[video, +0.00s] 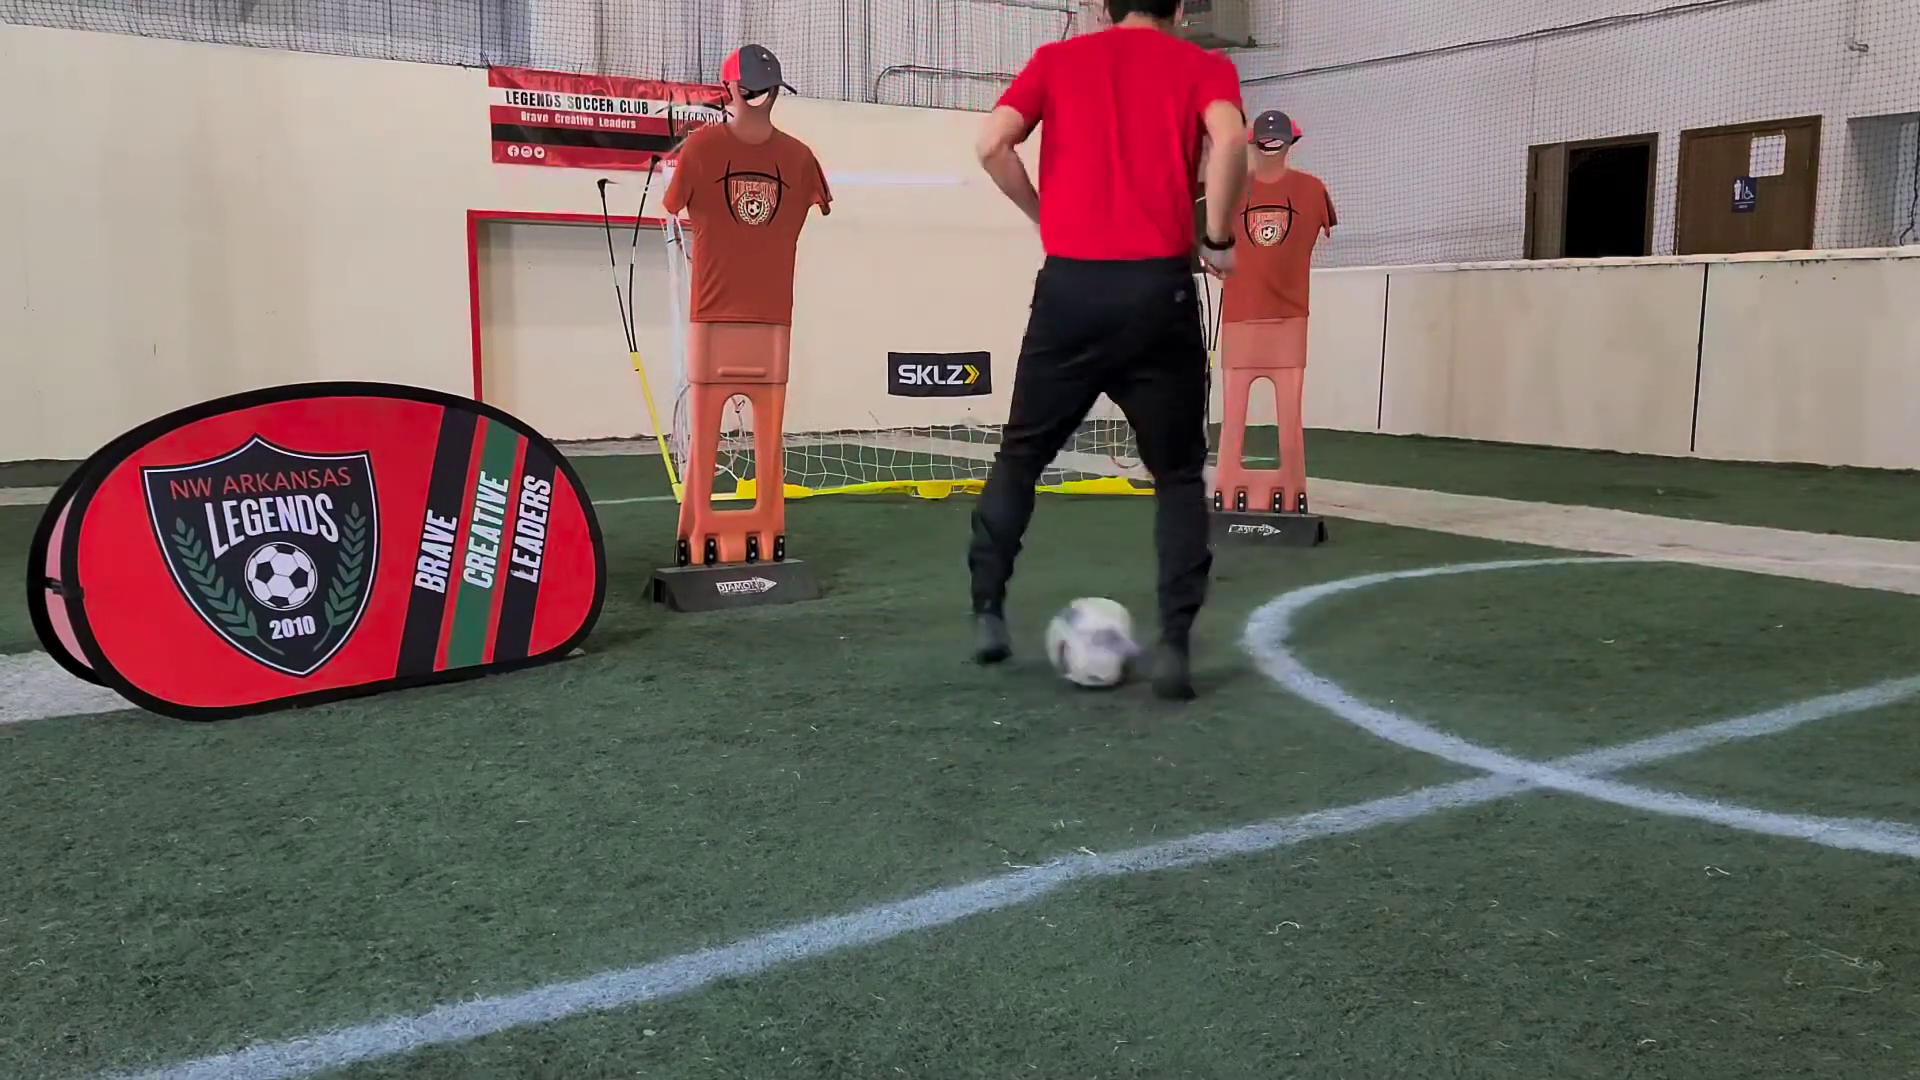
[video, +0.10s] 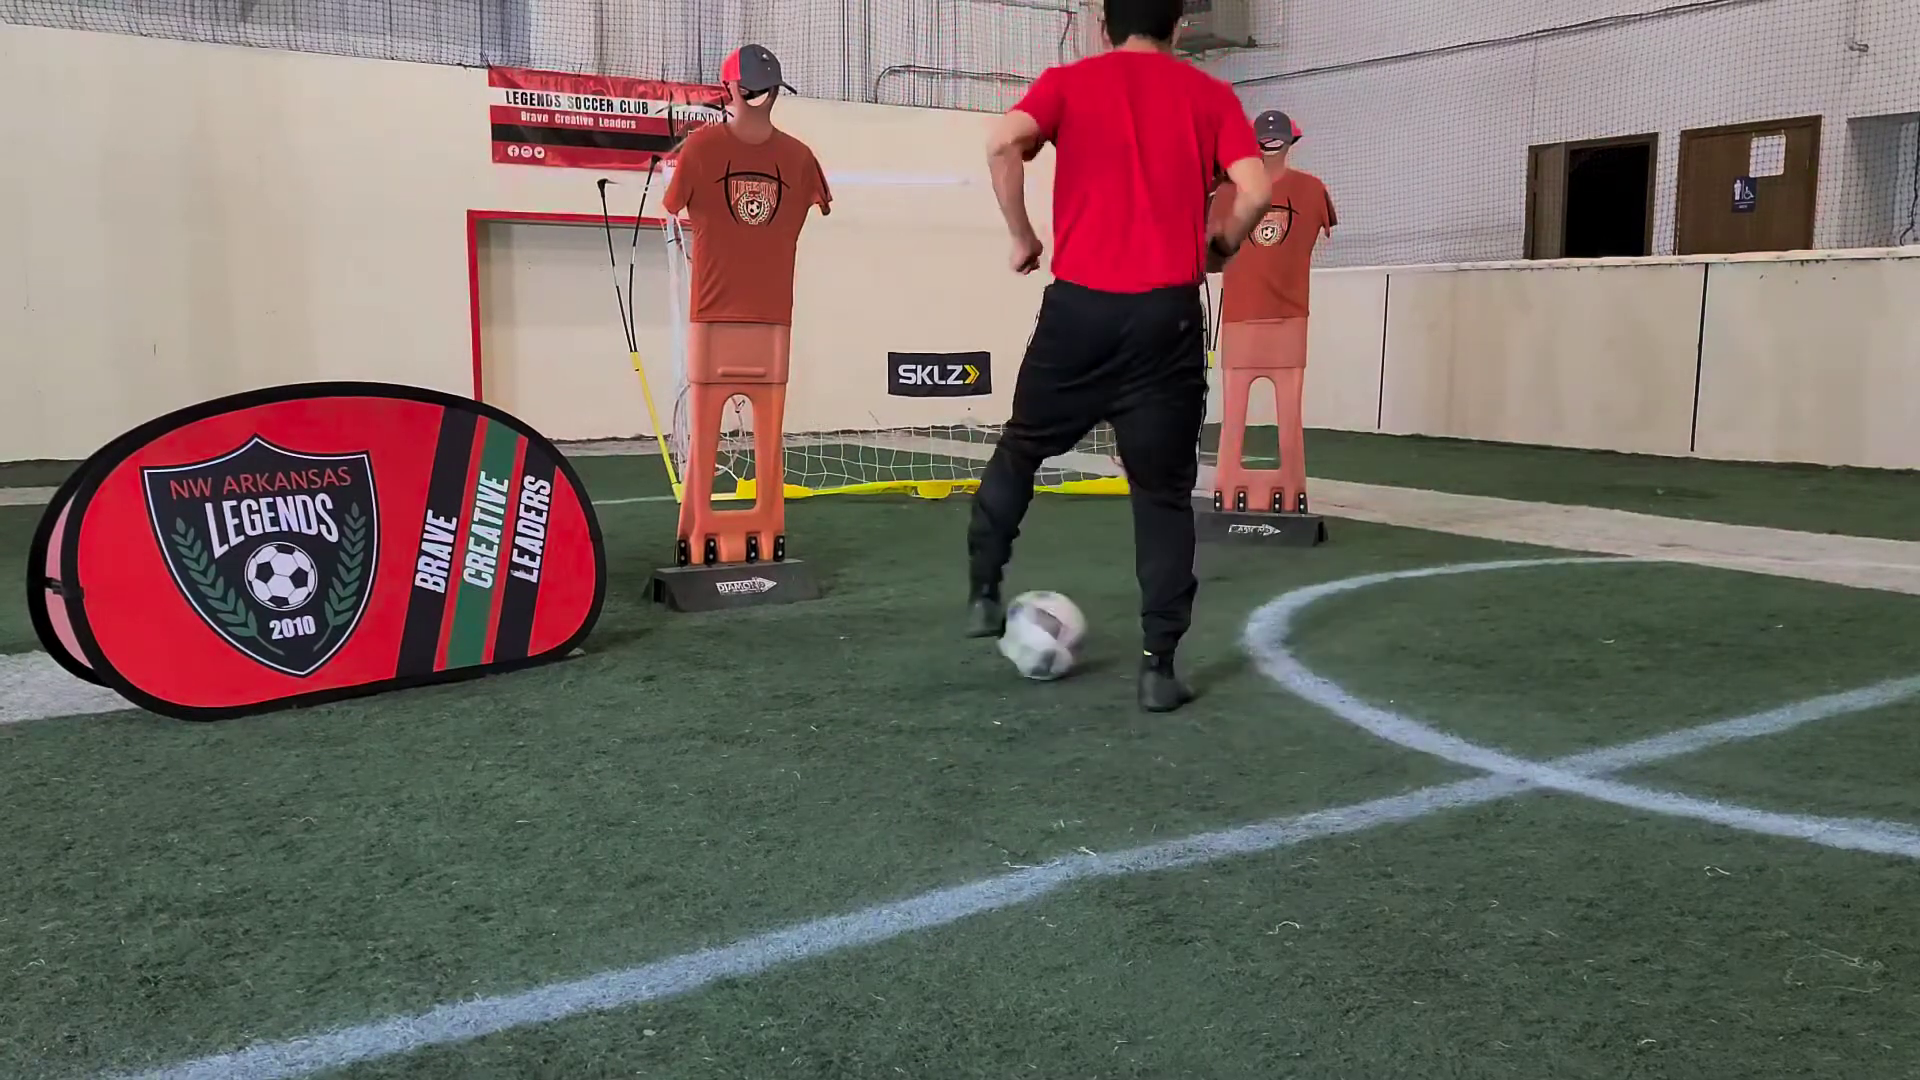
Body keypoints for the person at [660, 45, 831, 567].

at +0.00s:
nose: (759, 96)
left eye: (766, 87)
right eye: (749, 87)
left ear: (776, 88)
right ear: (729, 87)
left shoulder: (796, 152)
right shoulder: (702, 145)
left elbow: (798, 219)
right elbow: (676, 210)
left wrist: (756, 238)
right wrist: (723, 229)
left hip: (772, 302)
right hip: (712, 303)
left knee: (770, 417)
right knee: (705, 417)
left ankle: (768, 531)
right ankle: (697, 531)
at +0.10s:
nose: (759, 96)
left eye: (766, 87)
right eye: (749, 87)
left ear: (776, 88)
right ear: (729, 88)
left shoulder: (797, 153)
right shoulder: (701, 146)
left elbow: (802, 215)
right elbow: (674, 209)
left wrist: (757, 237)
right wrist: (721, 229)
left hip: (772, 304)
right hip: (712, 304)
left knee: (770, 421)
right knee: (704, 422)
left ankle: (768, 533)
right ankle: (696, 534)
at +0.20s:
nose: (760, 96)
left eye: (766, 87)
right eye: (750, 87)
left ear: (775, 88)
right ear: (729, 88)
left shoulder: (797, 153)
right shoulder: (702, 145)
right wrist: (725, 228)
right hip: (713, 303)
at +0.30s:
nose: (759, 96)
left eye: (766, 87)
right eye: (749, 87)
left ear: (776, 88)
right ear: (729, 88)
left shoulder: (797, 153)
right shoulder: (701, 146)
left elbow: (801, 215)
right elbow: (674, 209)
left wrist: (756, 237)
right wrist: (720, 229)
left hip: (772, 304)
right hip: (712, 304)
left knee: (770, 421)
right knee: (704, 422)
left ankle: (768, 533)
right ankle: (696, 533)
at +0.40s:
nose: (759, 95)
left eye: (766, 87)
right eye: (749, 87)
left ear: (776, 88)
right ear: (729, 88)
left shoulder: (797, 153)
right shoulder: (701, 146)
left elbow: (801, 215)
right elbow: (674, 209)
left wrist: (756, 237)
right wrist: (720, 229)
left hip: (772, 304)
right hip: (712, 304)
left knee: (770, 421)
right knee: (704, 422)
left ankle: (768, 533)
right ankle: (697, 533)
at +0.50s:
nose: (760, 95)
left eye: (766, 87)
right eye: (750, 87)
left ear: (776, 87)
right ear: (729, 88)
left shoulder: (796, 152)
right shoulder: (702, 145)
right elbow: (673, 209)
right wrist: (723, 227)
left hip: (772, 304)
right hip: (712, 304)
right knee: (705, 423)